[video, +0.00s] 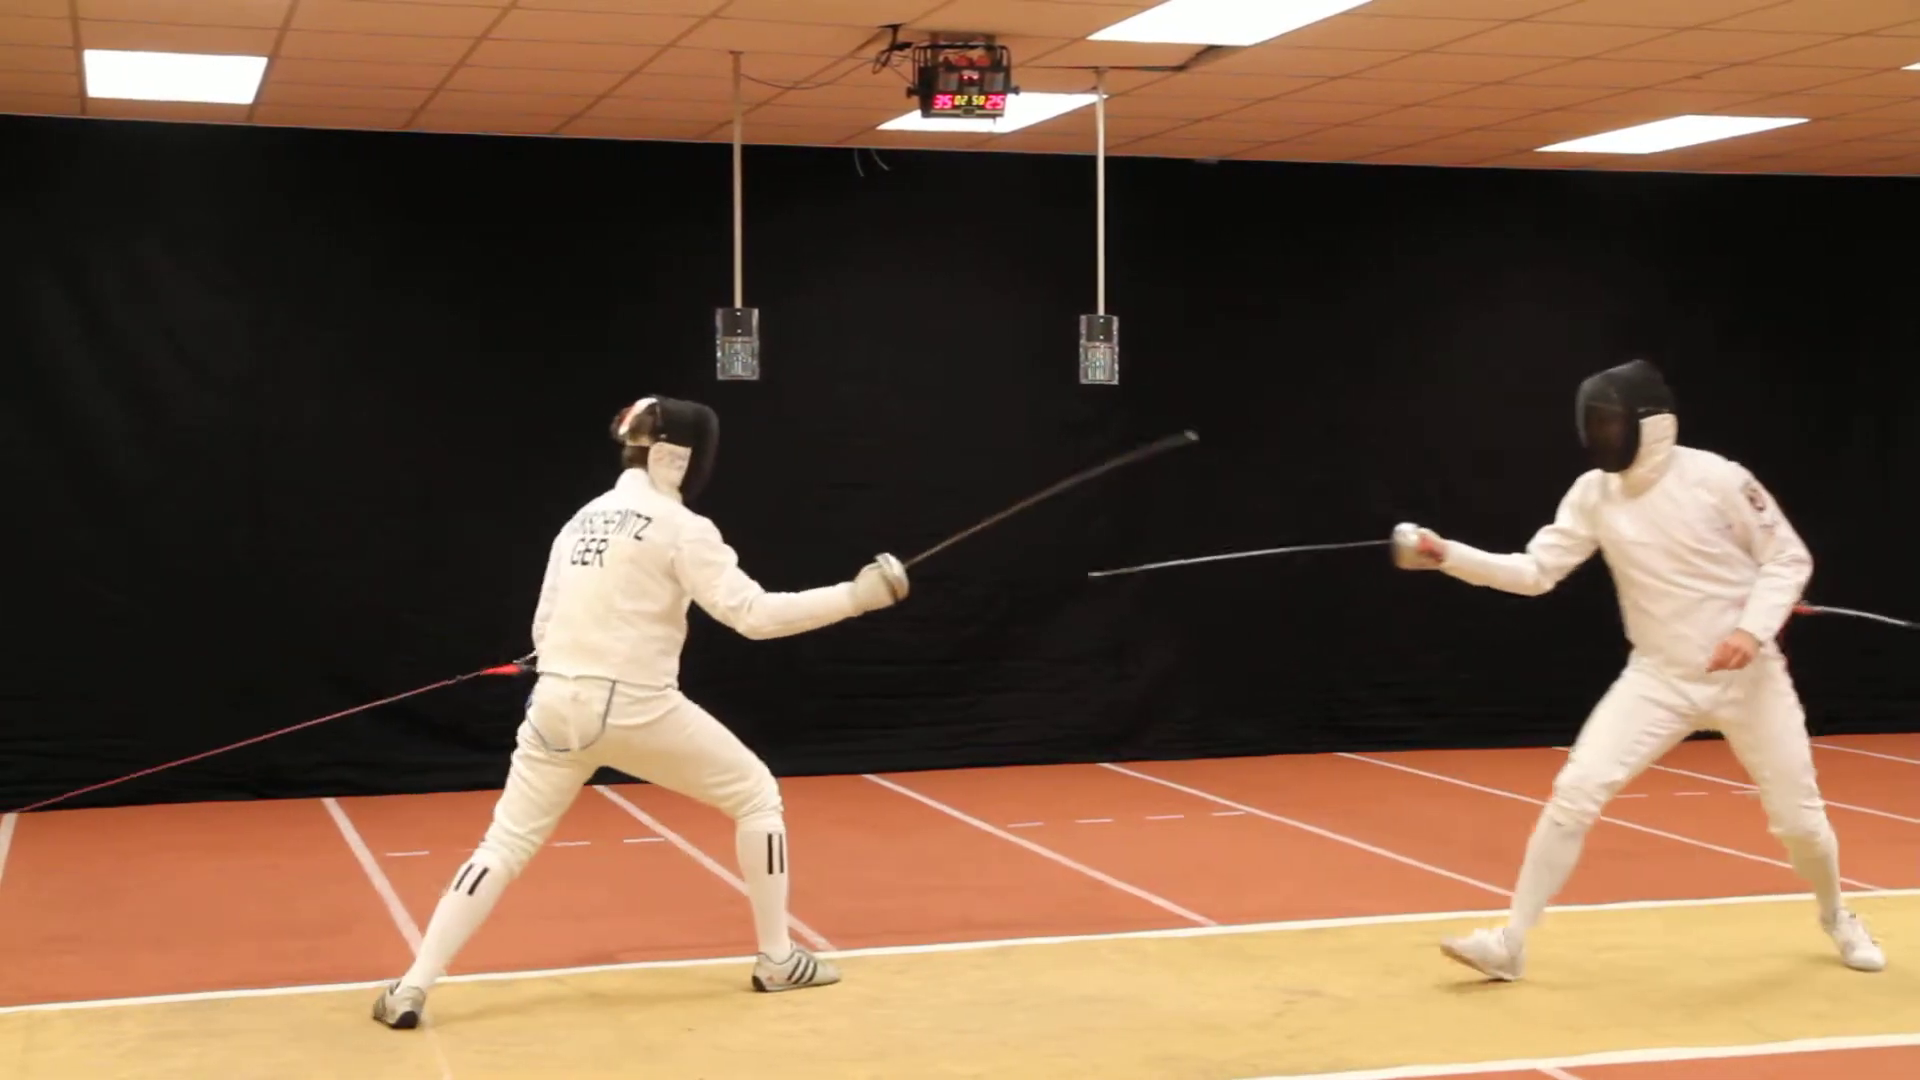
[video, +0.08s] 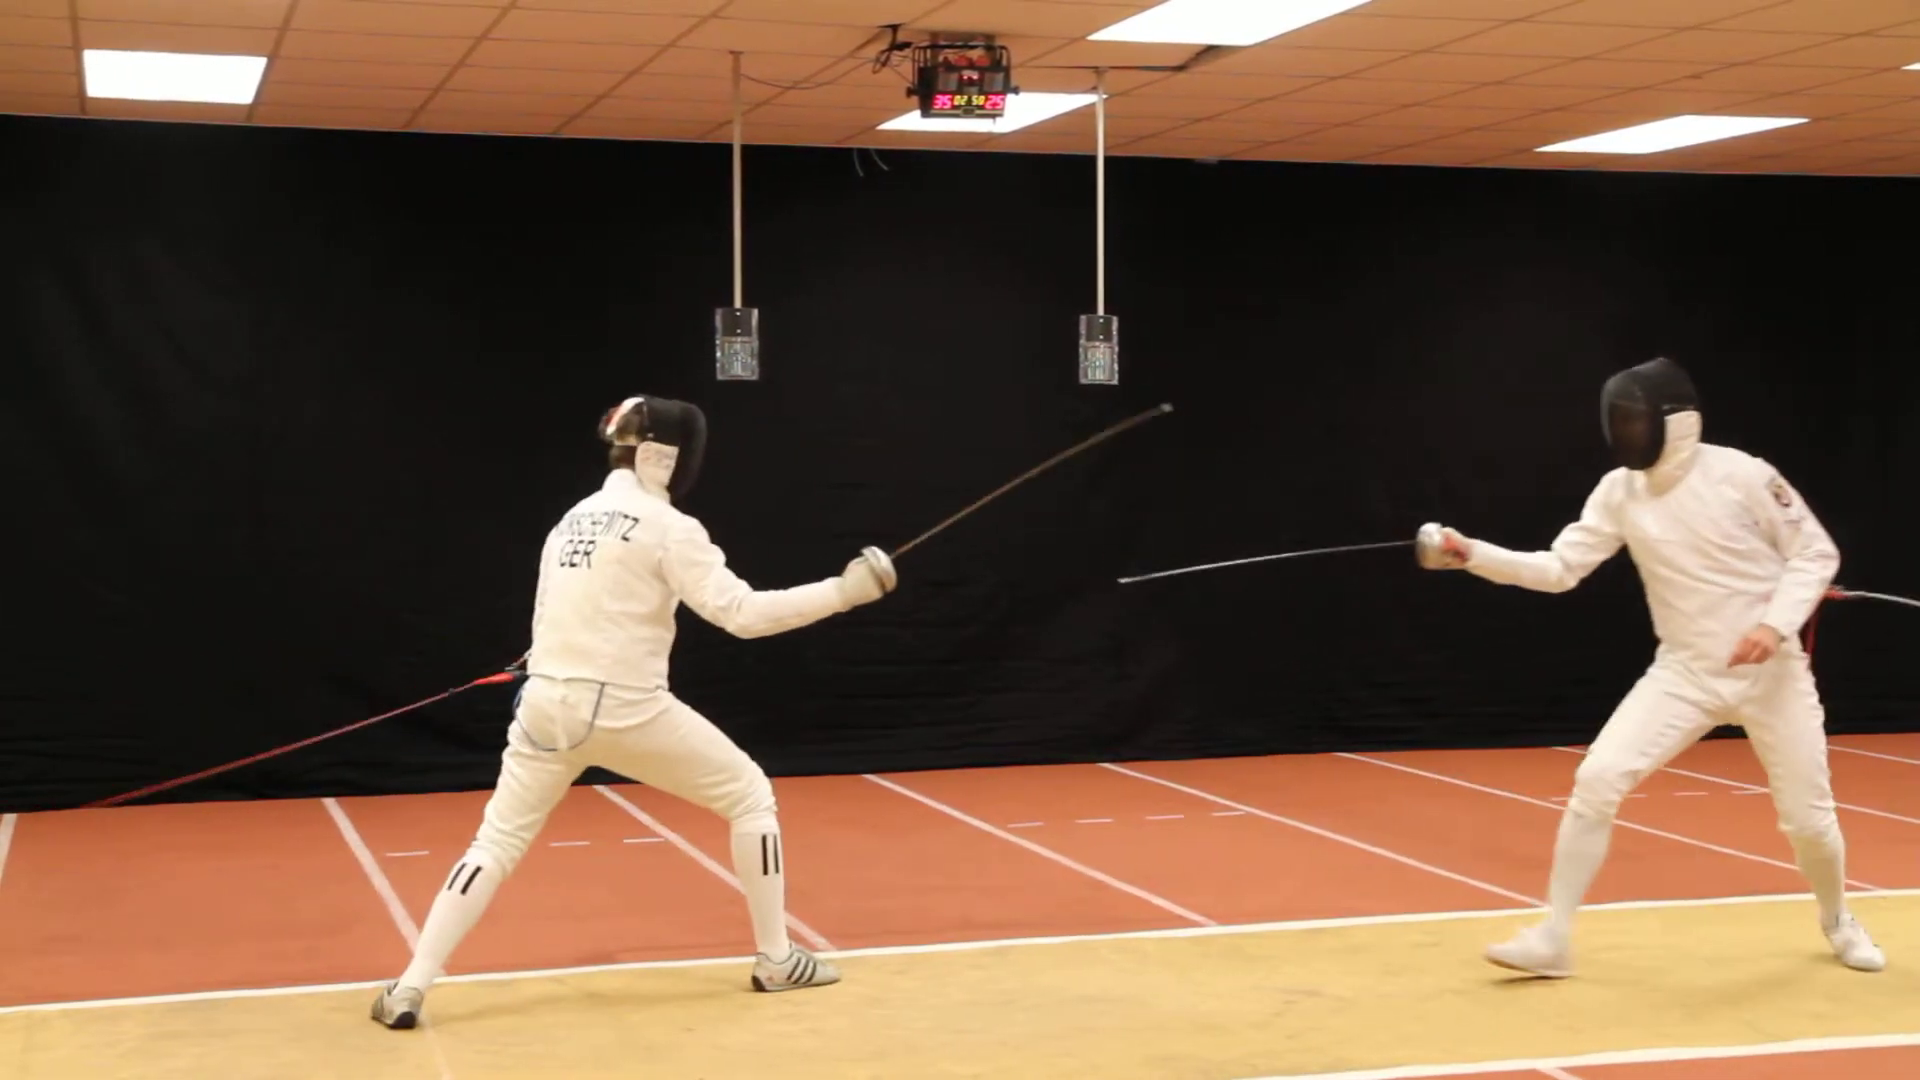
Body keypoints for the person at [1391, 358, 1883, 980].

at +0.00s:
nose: (1596, 436)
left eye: (1608, 422)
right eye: (1591, 423)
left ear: (1648, 423)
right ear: (1590, 429)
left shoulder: (1720, 481)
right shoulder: (1594, 496)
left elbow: (1789, 560)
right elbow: (1535, 572)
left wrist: (1751, 629)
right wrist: (1443, 554)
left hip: (1749, 678)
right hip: (1656, 680)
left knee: (1803, 826)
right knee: (1574, 793)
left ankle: (1836, 916)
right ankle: (1510, 939)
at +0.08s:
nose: (1617, 433)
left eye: (1630, 420)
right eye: (1614, 421)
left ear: (1675, 421)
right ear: (1618, 423)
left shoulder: (1743, 477)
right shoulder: (1619, 493)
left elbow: (1816, 555)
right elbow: (1559, 569)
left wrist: (1774, 626)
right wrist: (1468, 553)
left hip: (1772, 673)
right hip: (1682, 674)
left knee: (1811, 822)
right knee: (1596, 782)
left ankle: (1837, 921)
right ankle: (1553, 937)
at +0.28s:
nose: (1651, 427)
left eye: (1664, 414)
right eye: (1648, 414)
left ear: (1704, 414)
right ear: (1649, 417)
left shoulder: (1766, 475)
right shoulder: (1641, 488)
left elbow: (1838, 551)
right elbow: (1578, 561)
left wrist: (1805, 627)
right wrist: (1490, 541)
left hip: (1785, 672)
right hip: (1698, 671)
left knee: (1819, 822)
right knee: (1616, 771)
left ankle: (1836, 923)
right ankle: (1650, 918)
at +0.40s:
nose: (1643, 427)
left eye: (1656, 414)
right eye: (1640, 415)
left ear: (1697, 415)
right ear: (1640, 417)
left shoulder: (1760, 476)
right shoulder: (1634, 488)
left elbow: (1828, 552)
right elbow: (1570, 562)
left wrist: (1797, 631)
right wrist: (1482, 539)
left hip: (1777, 672)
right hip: (1689, 668)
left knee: (1813, 821)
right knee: (1605, 767)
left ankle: (1833, 924)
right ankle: (1580, 924)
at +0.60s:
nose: (1599, 440)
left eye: (1612, 427)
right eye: (1594, 428)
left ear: (1654, 430)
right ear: (1590, 433)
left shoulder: (1715, 487)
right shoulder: (1588, 498)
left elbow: (1781, 567)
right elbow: (1510, 552)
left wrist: (1757, 650)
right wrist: (1411, 552)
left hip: (1736, 684)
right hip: (1642, 683)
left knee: (1804, 826)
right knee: (1557, 788)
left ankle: (1819, 921)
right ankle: (1516, 943)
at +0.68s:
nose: (1575, 450)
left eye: (1587, 437)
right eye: (1571, 437)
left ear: (1631, 438)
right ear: (1573, 441)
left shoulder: (1695, 494)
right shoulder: (1569, 505)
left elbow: (1758, 577)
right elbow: (1494, 573)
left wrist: (1734, 659)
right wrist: (1401, 558)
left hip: (1718, 689)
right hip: (1625, 689)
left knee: (1791, 828)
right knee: (1532, 781)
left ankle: (1811, 922)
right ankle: (1509, 942)